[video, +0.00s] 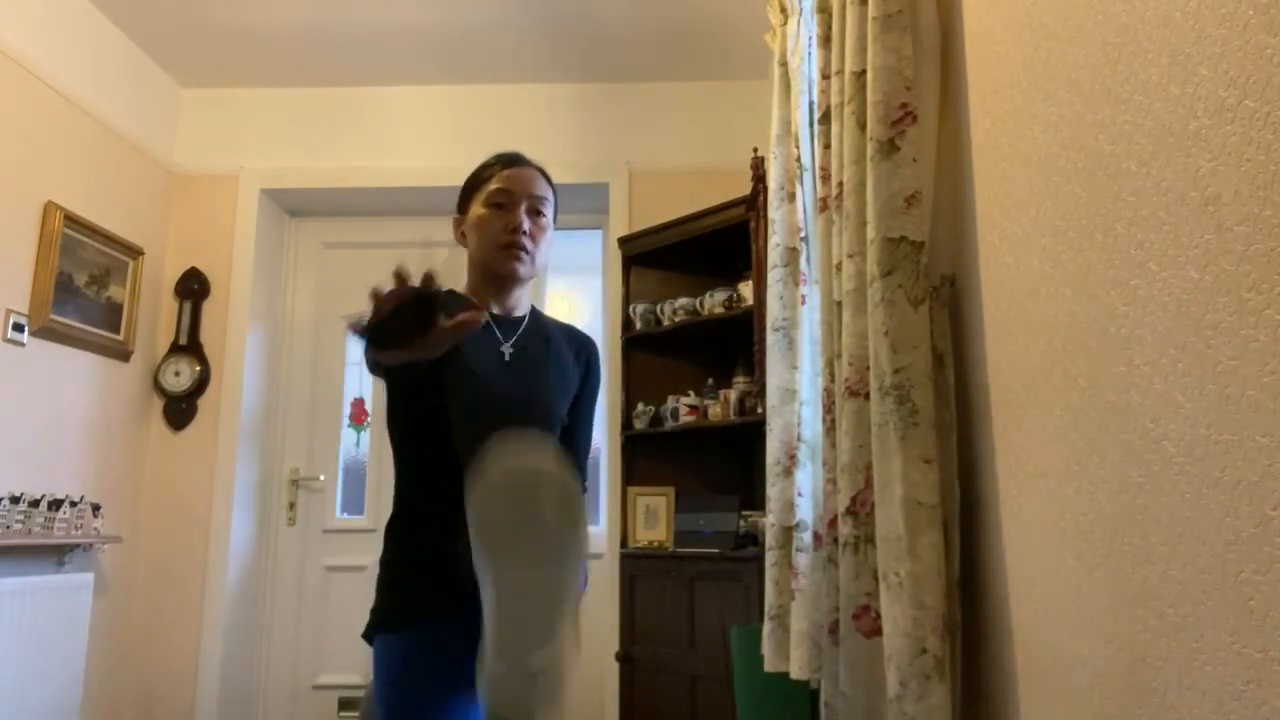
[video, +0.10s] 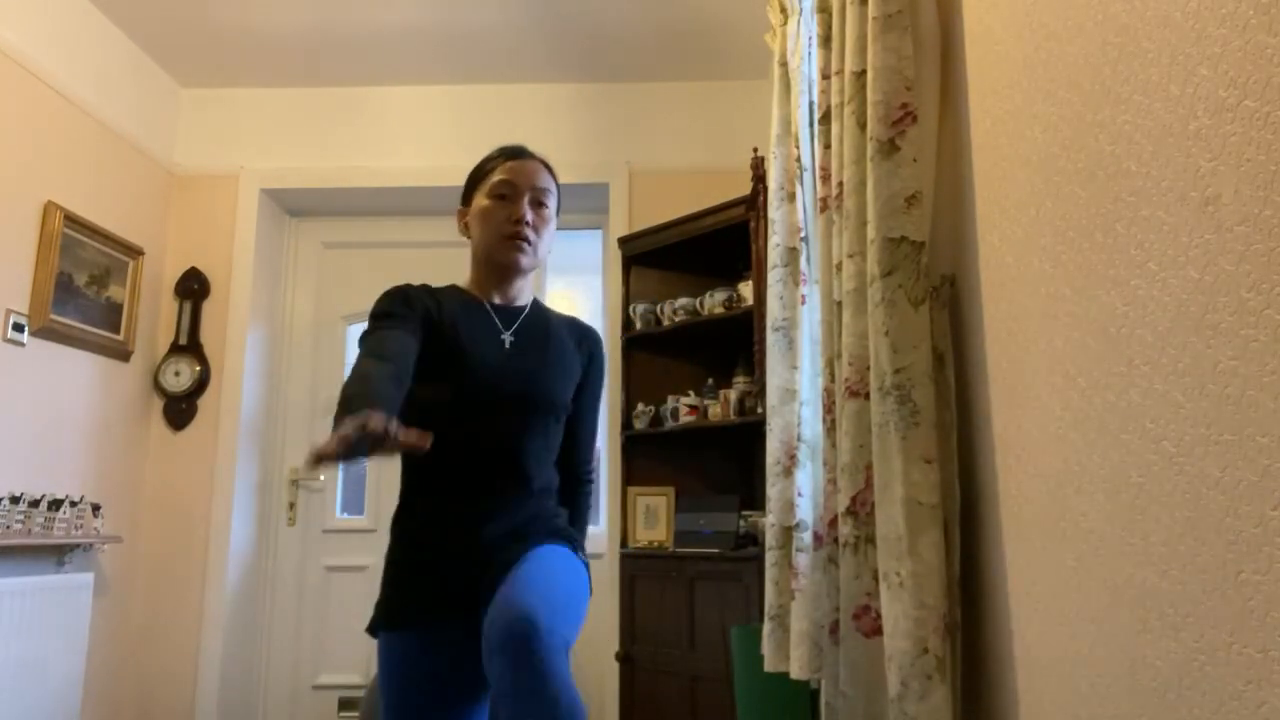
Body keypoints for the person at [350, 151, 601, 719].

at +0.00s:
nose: (521, 220)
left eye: (538, 211)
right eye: (500, 204)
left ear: (549, 238)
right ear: (461, 227)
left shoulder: (575, 352)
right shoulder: (422, 322)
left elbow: (573, 478)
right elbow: (385, 348)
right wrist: (401, 335)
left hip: (533, 600)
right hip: (426, 596)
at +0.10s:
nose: (523, 212)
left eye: (540, 204)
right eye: (503, 196)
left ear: (554, 233)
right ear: (465, 219)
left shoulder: (579, 343)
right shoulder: (416, 307)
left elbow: (578, 471)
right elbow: (383, 359)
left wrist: (566, 557)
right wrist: (368, 411)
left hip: (537, 548)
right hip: (431, 554)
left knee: (523, 633)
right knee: (414, 708)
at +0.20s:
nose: (528, 209)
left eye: (545, 200)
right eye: (508, 194)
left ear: (558, 229)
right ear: (471, 219)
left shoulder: (589, 338)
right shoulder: (416, 314)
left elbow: (593, 472)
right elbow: (371, 421)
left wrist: (584, 580)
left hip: (547, 582)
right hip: (433, 577)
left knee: (541, 710)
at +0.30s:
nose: (535, 218)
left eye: (553, 209)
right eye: (515, 204)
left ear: (569, 237)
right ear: (480, 229)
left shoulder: (606, 341)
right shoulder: (430, 329)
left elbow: (621, 480)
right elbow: (381, 467)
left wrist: (629, 603)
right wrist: (335, 595)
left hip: (568, 620)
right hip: (442, 615)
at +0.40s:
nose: (549, 217)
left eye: (566, 207)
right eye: (529, 204)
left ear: (584, 234)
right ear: (497, 231)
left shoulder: (627, 336)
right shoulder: (449, 329)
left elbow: (656, 468)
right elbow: (407, 472)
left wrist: (689, 606)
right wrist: (354, 617)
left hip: (586, 617)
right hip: (464, 613)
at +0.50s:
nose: (559, 217)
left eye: (577, 205)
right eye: (539, 204)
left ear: (599, 234)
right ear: (512, 235)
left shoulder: (641, 331)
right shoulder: (468, 332)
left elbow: (687, 423)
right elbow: (429, 477)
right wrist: (385, 612)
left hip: (600, 591)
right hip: (485, 588)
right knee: (468, 707)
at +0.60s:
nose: (565, 213)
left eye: (584, 202)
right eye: (546, 200)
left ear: (608, 232)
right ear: (520, 232)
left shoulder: (645, 319)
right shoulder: (479, 330)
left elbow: (702, 386)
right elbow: (450, 471)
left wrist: (676, 382)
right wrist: (413, 610)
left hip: (603, 565)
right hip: (500, 548)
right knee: (484, 600)